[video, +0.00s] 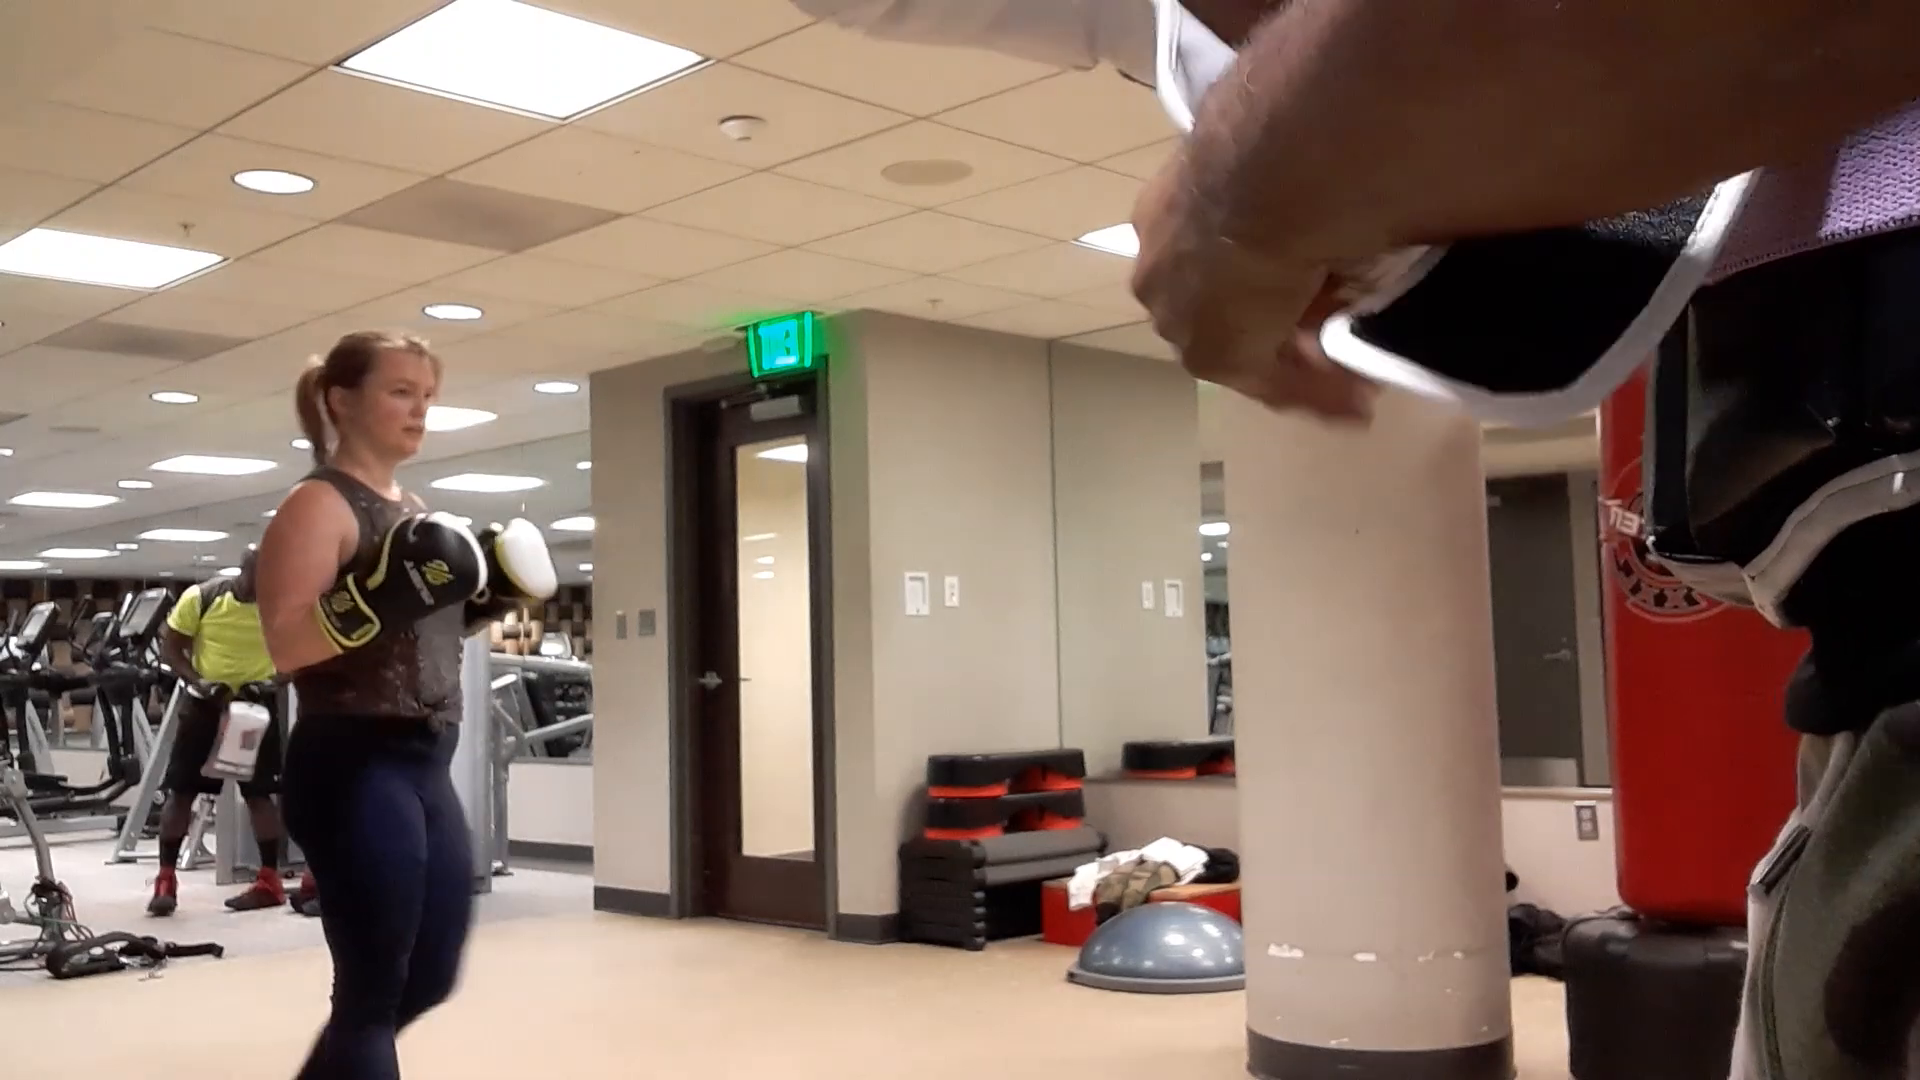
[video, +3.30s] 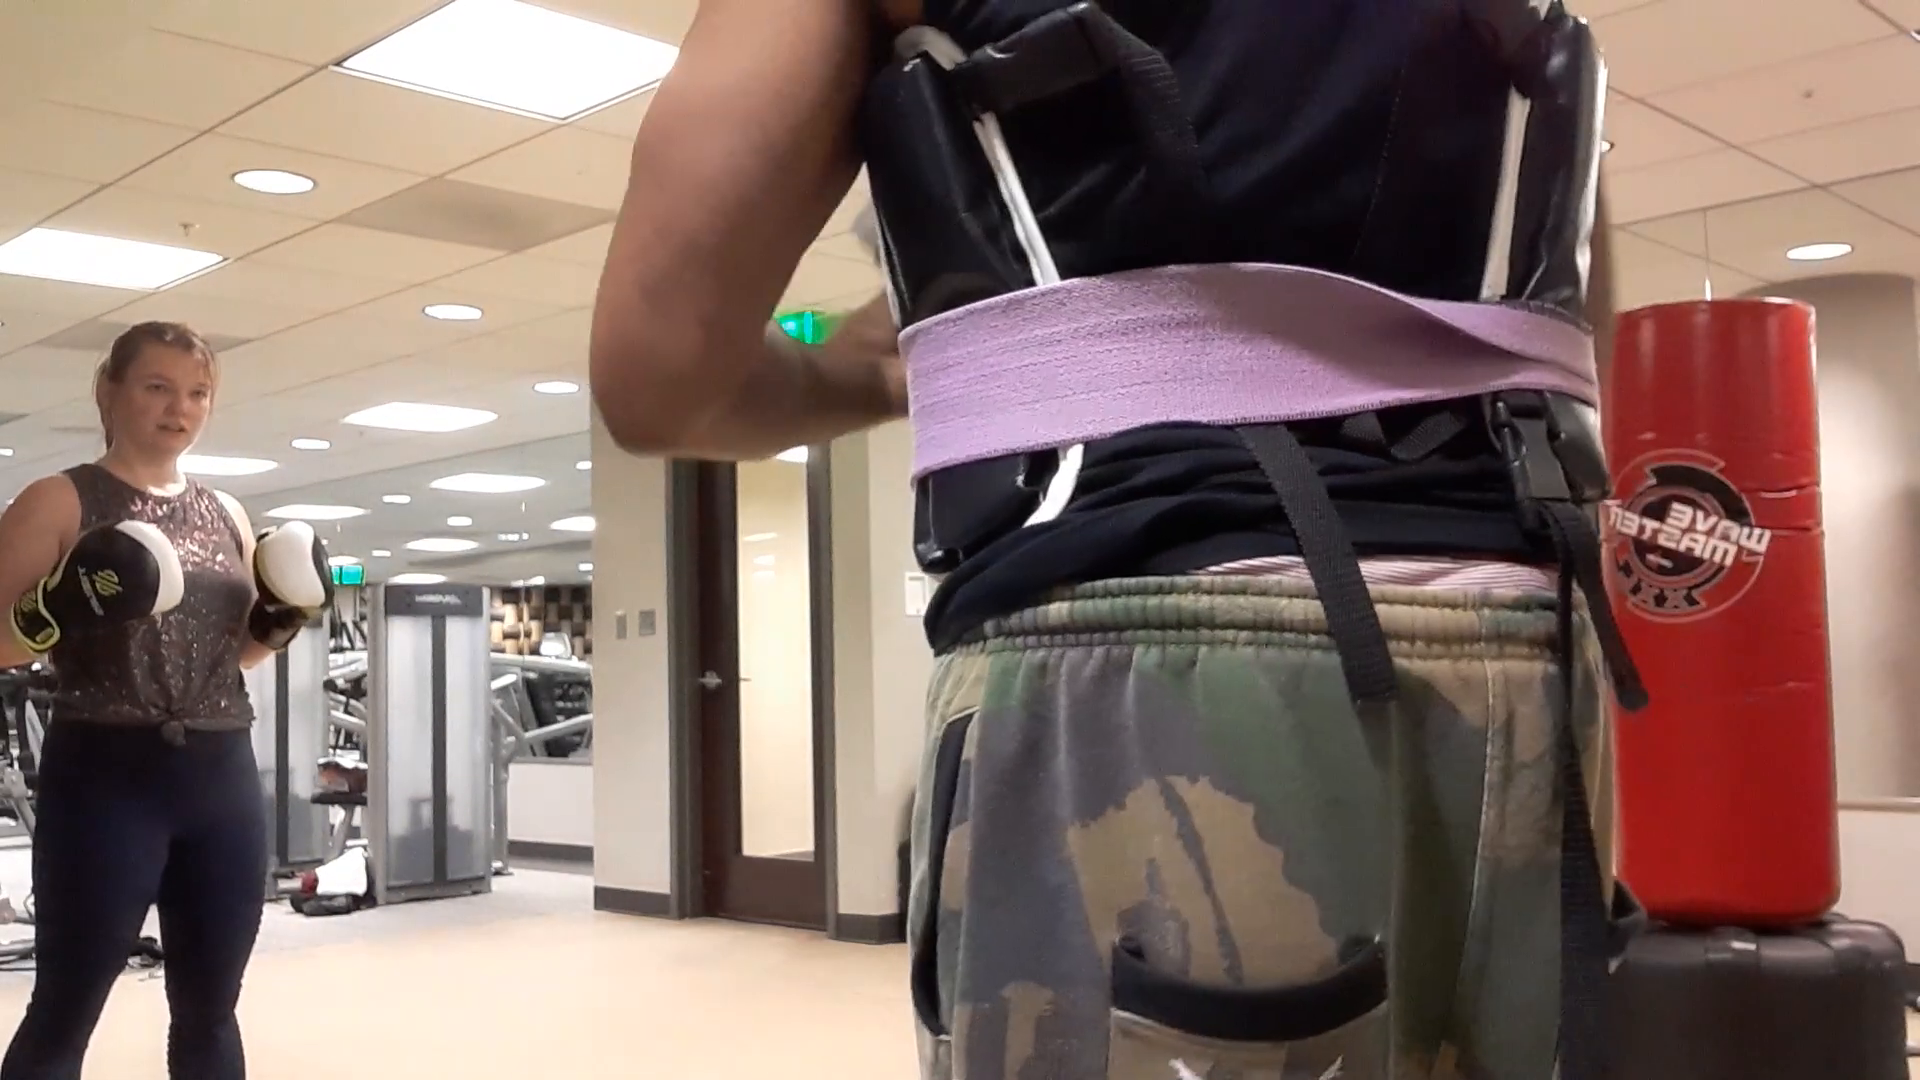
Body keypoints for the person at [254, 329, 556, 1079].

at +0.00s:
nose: (419, 412)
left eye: (427, 399)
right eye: (400, 394)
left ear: (430, 408)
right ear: (340, 401)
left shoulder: (409, 509)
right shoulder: (314, 507)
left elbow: (424, 634)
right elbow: (285, 647)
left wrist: (486, 598)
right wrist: (389, 596)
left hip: (424, 761)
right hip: (350, 764)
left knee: (427, 979)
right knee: (372, 991)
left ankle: (322, 1065)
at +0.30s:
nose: (373, 417)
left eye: (380, 403)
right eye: (354, 400)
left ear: (383, 411)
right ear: (296, 408)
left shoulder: (360, 514)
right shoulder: (269, 509)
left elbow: (372, 641)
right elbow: (238, 643)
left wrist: (437, 603)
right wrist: (336, 595)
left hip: (360, 763)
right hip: (296, 767)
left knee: (316, 985)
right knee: (346, 991)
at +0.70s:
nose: (313, 424)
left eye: (323, 412)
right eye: (296, 405)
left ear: (330, 422)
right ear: (237, 407)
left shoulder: (297, 520)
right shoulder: (189, 508)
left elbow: (293, 645)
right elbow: (134, 639)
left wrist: (357, 616)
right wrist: (226, 606)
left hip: (296, 761)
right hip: (210, 764)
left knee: (269, 981)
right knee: (307, 965)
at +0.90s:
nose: (276, 422)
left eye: (287, 409)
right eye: (258, 403)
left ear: (295, 419)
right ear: (201, 404)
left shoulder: (266, 518)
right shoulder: (157, 507)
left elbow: (272, 647)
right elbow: (106, 640)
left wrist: (332, 615)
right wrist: (198, 603)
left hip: (273, 756)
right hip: (188, 758)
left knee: (251, 983)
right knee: (232, 984)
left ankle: (154, 1066)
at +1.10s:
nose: (229, 416)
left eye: (243, 403)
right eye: (209, 396)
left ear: (253, 414)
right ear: (156, 402)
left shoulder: (233, 517)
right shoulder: (113, 503)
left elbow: (236, 651)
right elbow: (64, 646)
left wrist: (300, 620)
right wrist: (160, 599)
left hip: (245, 771)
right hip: (143, 773)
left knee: (241, 993)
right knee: (120, 998)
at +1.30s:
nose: (180, 409)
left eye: (195, 395)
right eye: (158, 389)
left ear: (206, 409)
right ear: (107, 394)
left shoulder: (206, 517)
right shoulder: (57, 500)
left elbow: (216, 644)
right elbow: (2, 632)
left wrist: (263, 618)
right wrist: (78, 600)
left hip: (195, 772)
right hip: (87, 772)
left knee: (228, 987)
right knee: (73, 996)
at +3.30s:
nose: (181, 408)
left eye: (197, 393)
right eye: (158, 387)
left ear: (210, 407)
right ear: (108, 393)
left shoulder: (226, 515)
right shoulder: (60, 502)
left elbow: (233, 659)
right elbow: (1, 648)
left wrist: (284, 613)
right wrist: (60, 606)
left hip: (224, 780)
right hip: (103, 780)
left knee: (211, 1013)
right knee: (65, 1011)